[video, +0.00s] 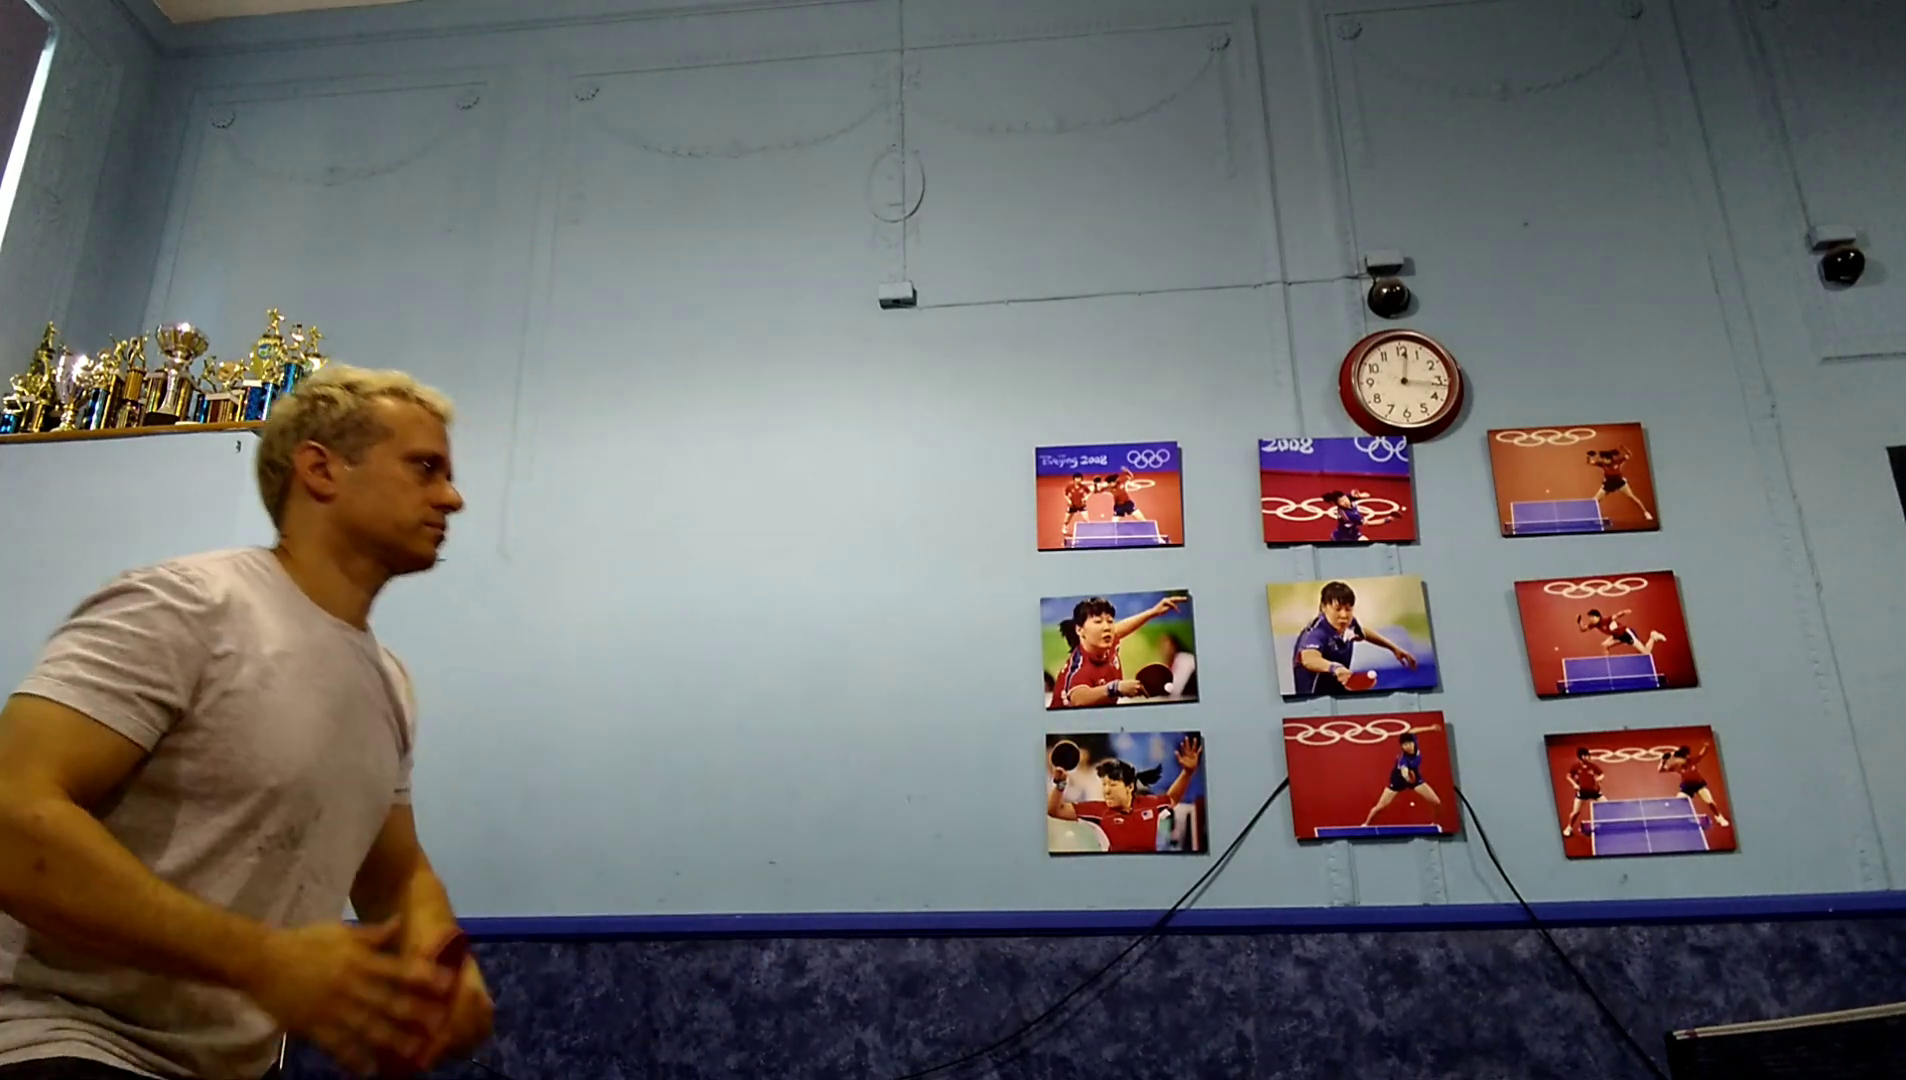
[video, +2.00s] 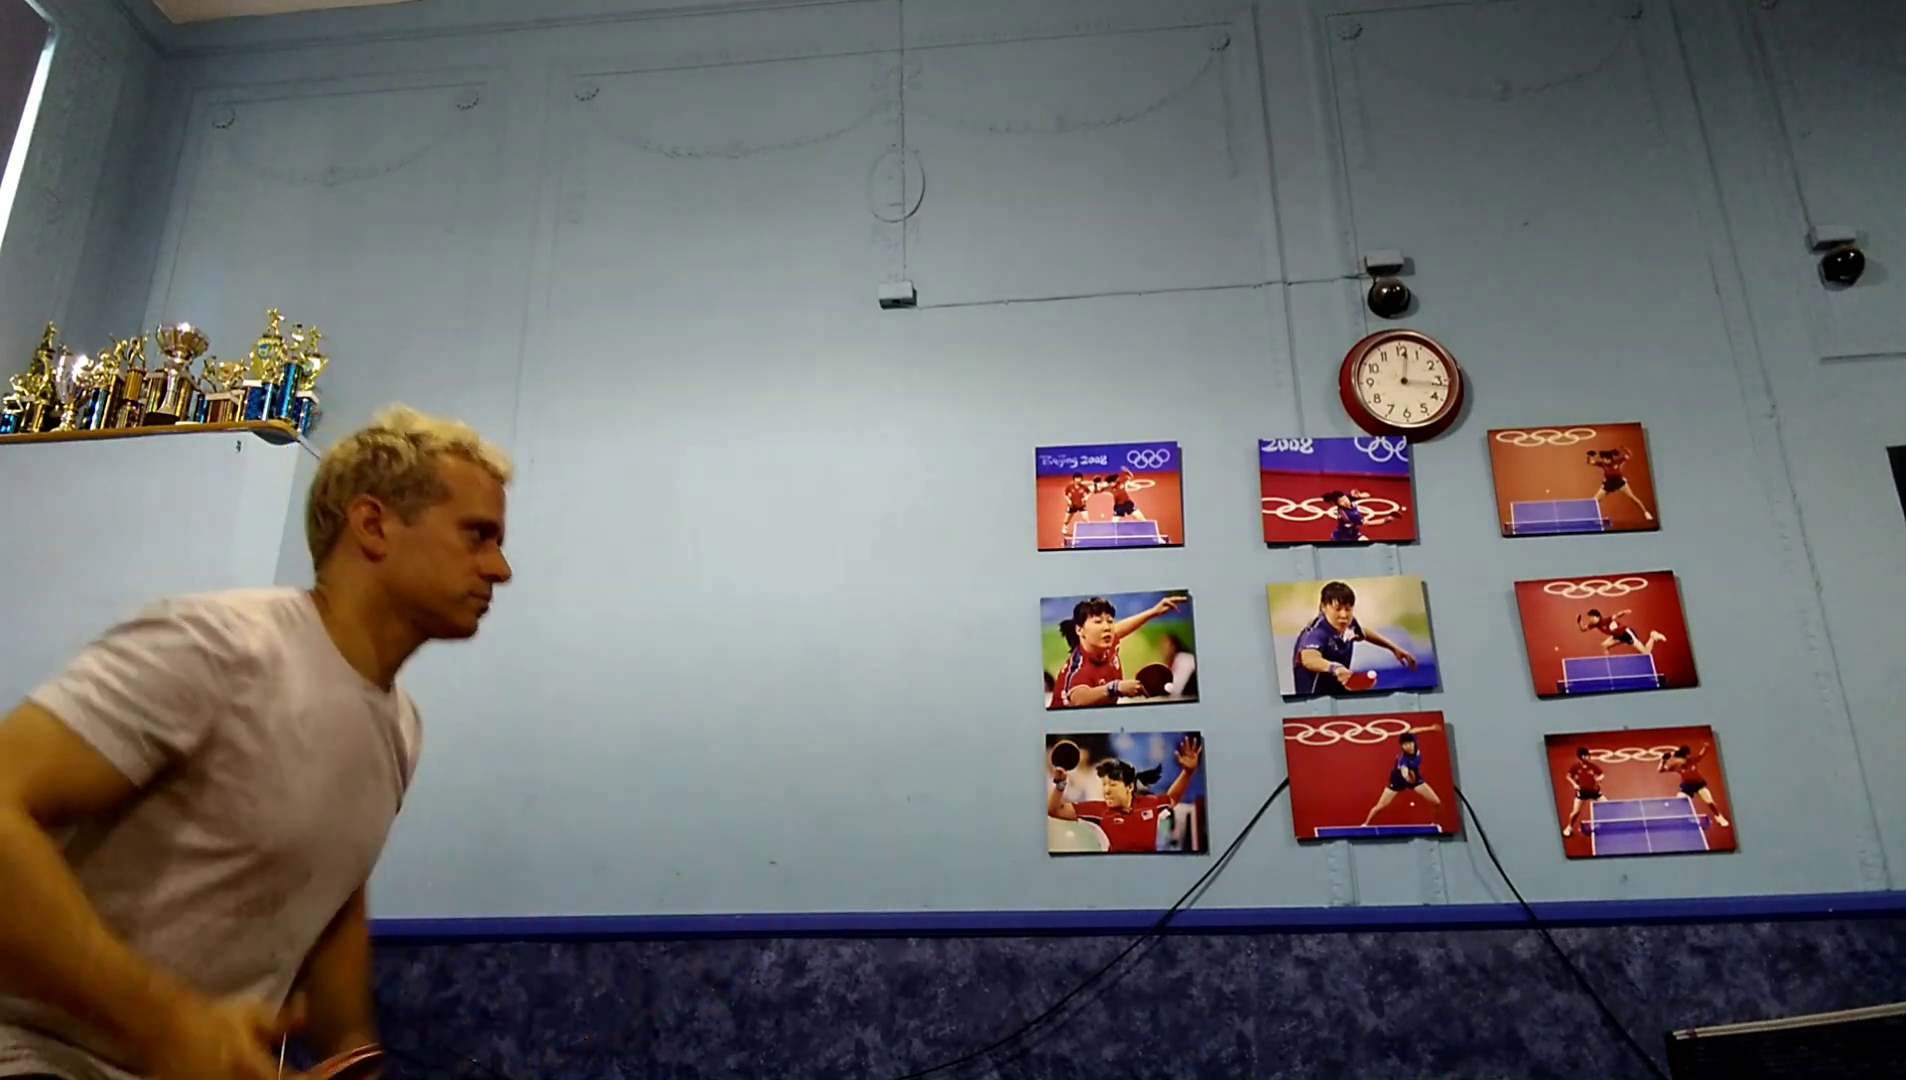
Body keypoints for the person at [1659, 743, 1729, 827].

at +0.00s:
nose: (1683, 761)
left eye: (1685, 758)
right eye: (1681, 759)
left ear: (1687, 756)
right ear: (1678, 758)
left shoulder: (1692, 760)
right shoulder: (1676, 766)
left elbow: (1701, 755)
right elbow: (1661, 770)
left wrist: (1705, 747)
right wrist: (1663, 760)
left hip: (1699, 784)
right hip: (1686, 786)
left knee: (1710, 802)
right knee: (1678, 803)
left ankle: (1718, 816)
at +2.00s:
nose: (1684, 759)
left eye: (1686, 757)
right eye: (1682, 758)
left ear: (1687, 756)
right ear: (1679, 757)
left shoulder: (1692, 760)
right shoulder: (1676, 765)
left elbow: (1701, 755)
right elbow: (1661, 770)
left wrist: (1705, 747)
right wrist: (1663, 760)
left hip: (1699, 784)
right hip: (1686, 786)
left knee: (1710, 802)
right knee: (1678, 803)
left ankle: (1718, 817)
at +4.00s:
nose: (1679, 762)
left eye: (1681, 760)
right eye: (1678, 760)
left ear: (1686, 757)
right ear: (1676, 759)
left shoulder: (1692, 760)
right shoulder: (1676, 766)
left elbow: (1701, 755)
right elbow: (1661, 771)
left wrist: (1705, 747)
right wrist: (1663, 761)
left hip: (1699, 784)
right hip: (1686, 786)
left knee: (1710, 802)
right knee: (1678, 803)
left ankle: (1718, 816)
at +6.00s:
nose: (1679, 762)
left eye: (1681, 759)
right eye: (1677, 760)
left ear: (1686, 757)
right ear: (1676, 759)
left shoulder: (1693, 761)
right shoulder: (1676, 766)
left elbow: (1701, 755)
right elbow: (1661, 770)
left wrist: (1705, 747)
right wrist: (1663, 761)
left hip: (1699, 784)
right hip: (1686, 786)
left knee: (1710, 802)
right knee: (1679, 803)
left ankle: (1718, 816)